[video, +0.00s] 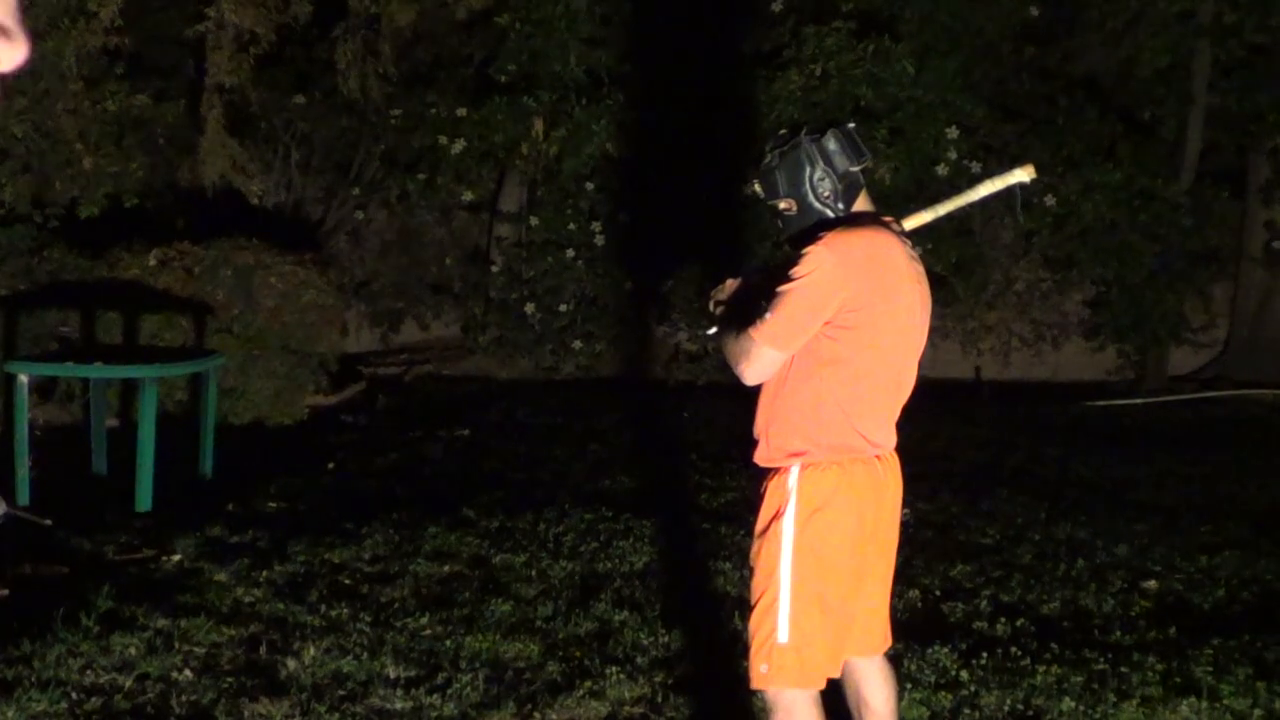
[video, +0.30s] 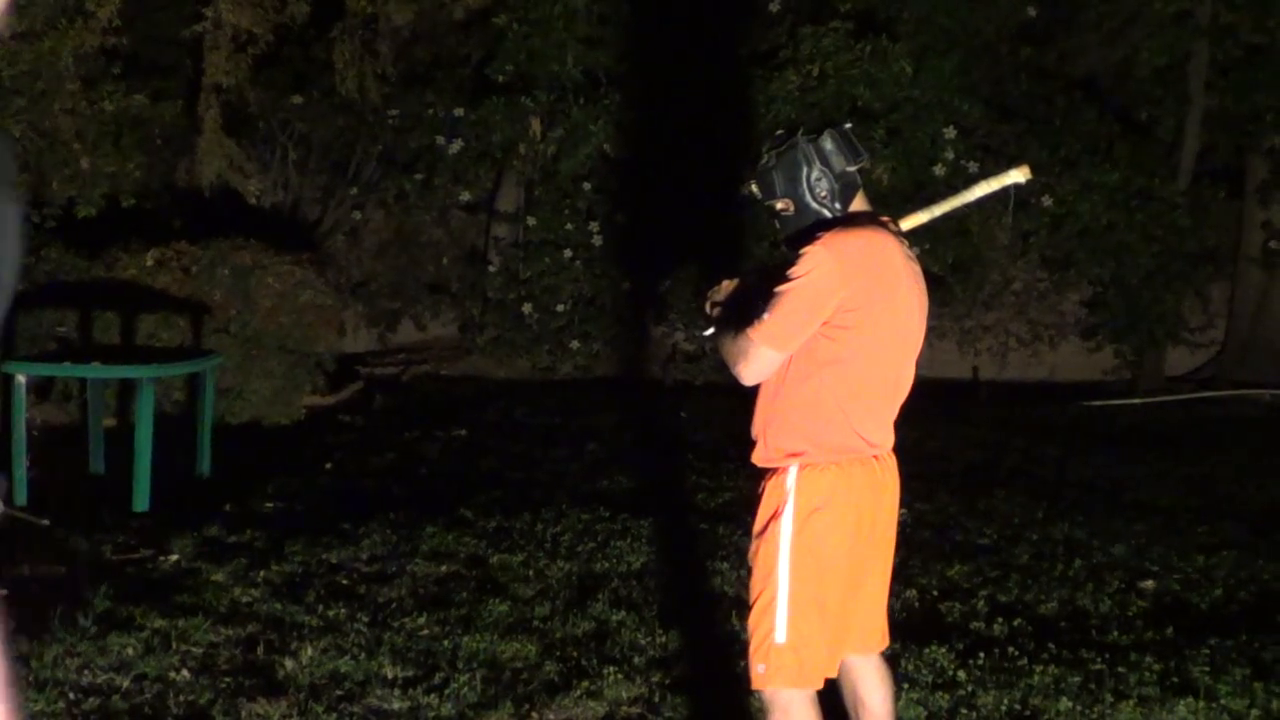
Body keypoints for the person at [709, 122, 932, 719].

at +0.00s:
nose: (782, 215)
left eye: (785, 201)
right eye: (779, 202)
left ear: (810, 195)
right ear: (851, 184)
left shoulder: (835, 257)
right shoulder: (905, 262)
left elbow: (752, 363)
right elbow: (833, 343)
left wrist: (728, 314)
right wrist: (766, 298)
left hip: (813, 483)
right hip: (874, 479)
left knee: (785, 677)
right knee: (863, 652)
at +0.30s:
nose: (780, 216)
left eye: (782, 202)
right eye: (777, 203)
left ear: (806, 196)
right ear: (847, 185)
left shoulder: (832, 258)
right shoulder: (902, 262)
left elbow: (750, 364)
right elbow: (830, 344)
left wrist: (725, 316)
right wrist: (761, 300)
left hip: (811, 483)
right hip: (872, 481)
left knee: (783, 677)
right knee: (859, 651)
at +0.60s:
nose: (775, 216)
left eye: (778, 202)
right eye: (772, 203)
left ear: (801, 197)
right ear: (843, 185)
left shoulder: (829, 258)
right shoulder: (898, 261)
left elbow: (748, 364)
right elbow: (827, 342)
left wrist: (720, 317)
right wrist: (758, 299)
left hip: (809, 484)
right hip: (870, 481)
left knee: (780, 678)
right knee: (857, 651)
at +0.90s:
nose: (772, 213)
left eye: (774, 199)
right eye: (769, 201)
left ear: (797, 195)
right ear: (840, 183)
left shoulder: (826, 258)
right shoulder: (893, 260)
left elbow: (745, 365)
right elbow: (822, 343)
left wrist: (717, 320)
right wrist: (752, 302)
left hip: (806, 484)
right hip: (867, 481)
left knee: (777, 678)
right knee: (852, 652)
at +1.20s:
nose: (772, 213)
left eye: (776, 198)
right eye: (768, 199)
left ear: (807, 190)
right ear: (839, 184)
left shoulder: (827, 259)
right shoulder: (891, 259)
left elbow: (745, 365)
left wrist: (712, 319)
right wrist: (752, 301)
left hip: (806, 486)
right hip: (864, 481)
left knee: (774, 678)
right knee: (847, 653)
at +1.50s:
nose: (775, 206)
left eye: (782, 192)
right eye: (772, 192)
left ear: (820, 188)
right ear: (840, 185)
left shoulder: (836, 262)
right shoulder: (881, 257)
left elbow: (750, 369)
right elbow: (815, 343)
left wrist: (714, 323)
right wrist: (742, 308)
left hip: (815, 487)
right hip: (857, 482)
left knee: (777, 680)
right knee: (835, 661)